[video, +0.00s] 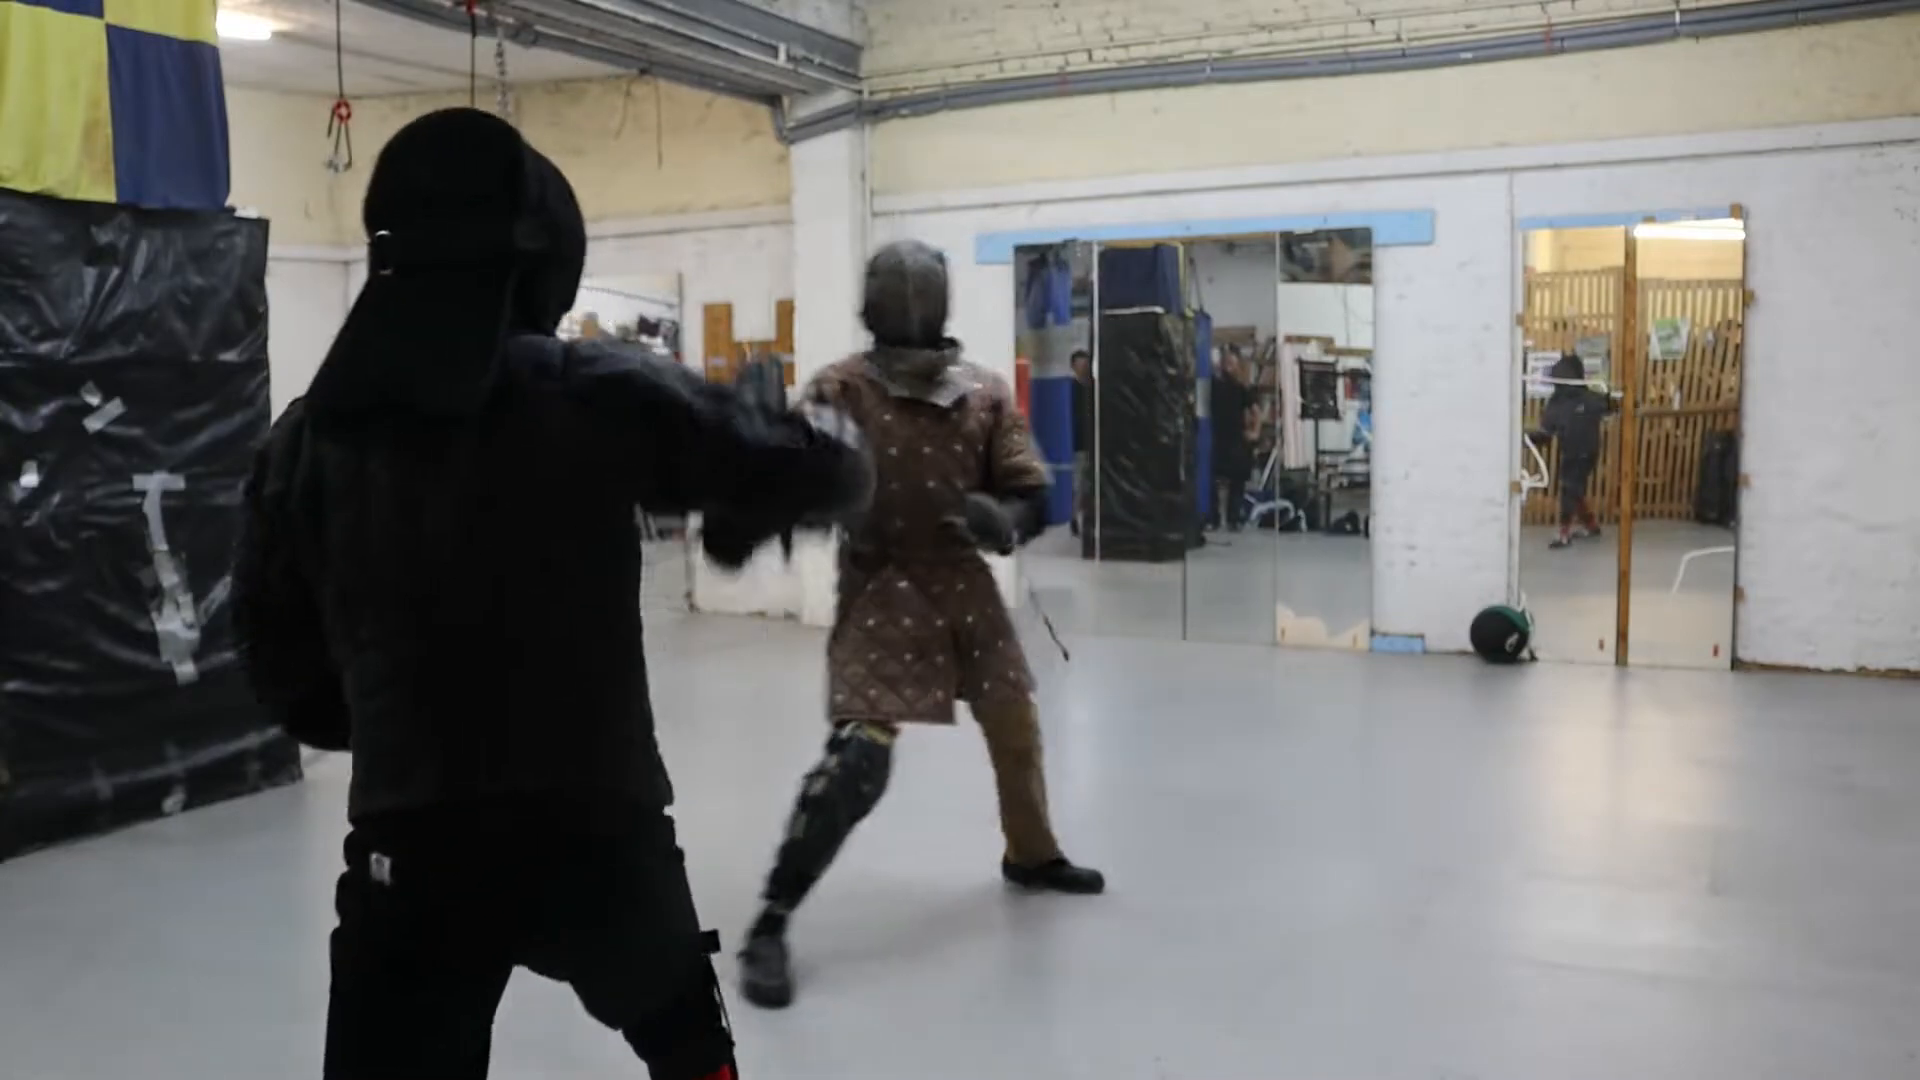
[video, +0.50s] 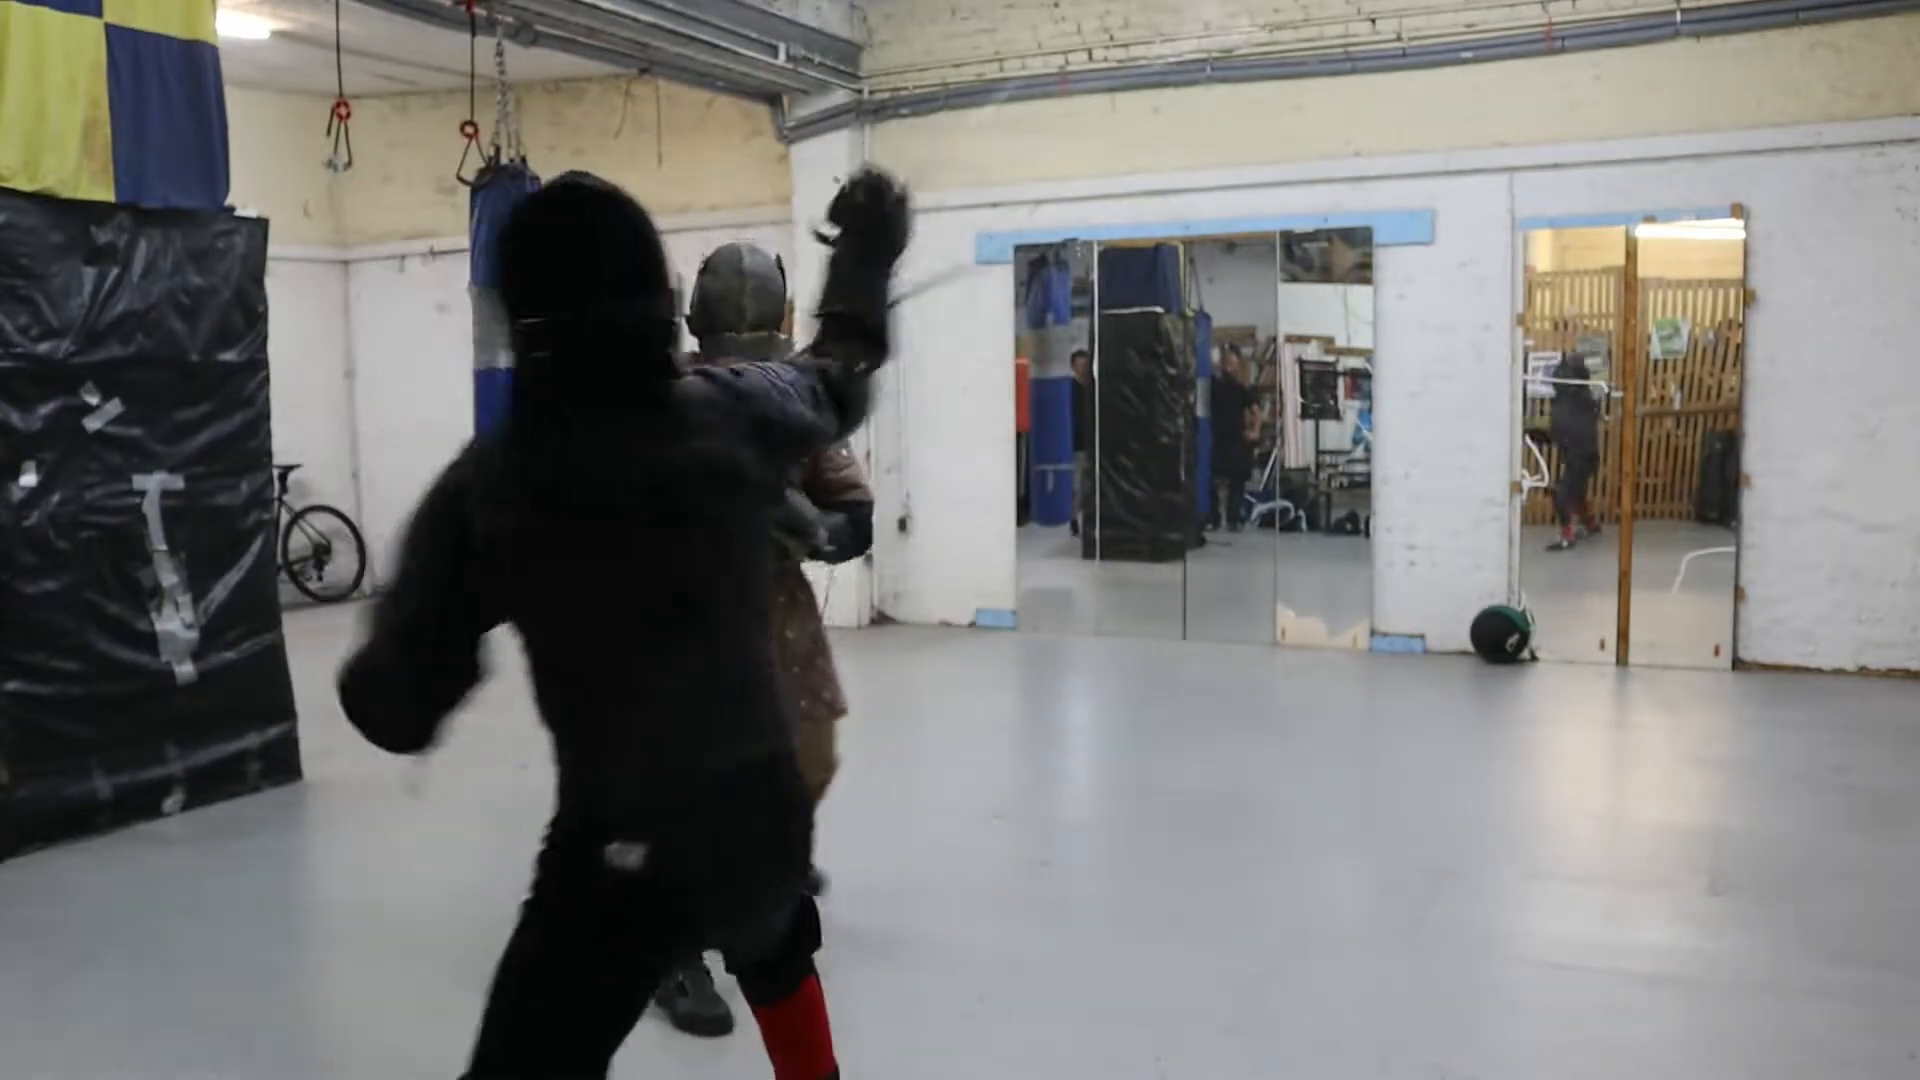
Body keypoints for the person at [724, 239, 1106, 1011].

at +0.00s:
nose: (911, 327)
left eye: (923, 311)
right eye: (896, 312)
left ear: (940, 312)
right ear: (872, 312)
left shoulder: (983, 396)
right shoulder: (838, 394)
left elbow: (1033, 493)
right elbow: (789, 468)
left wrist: (1007, 517)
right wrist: (817, 475)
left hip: (965, 589)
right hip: (879, 594)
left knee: (1017, 730)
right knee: (858, 768)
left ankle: (1031, 855)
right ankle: (770, 925)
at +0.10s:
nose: (857, 335)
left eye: (867, 319)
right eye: (843, 320)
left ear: (878, 316)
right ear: (813, 320)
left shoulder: (909, 386)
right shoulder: (792, 397)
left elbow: (954, 475)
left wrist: (952, 507)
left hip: (916, 581)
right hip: (834, 589)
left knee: (986, 720)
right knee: (814, 782)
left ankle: (1030, 844)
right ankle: (720, 933)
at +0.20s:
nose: (799, 337)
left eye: (807, 324)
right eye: (783, 324)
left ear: (825, 329)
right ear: (764, 331)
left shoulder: (854, 399)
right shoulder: (744, 401)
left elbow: (899, 475)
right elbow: (773, 440)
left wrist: (909, 512)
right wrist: (784, 354)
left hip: (870, 588)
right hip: (795, 594)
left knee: (950, 727)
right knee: (801, 777)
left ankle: (978, 860)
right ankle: (714, 918)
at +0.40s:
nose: (755, 342)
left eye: (768, 324)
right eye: (736, 327)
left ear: (791, 319)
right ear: (706, 326)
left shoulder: (815, 393)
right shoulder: (689, 406)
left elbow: (865, 489)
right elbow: (677, 513)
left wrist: (853, 518)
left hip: (810, 598)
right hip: (732, 607)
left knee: (855, 741)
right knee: (751, 772)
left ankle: (829, 864)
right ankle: (692, 947)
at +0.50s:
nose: (744, 342)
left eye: (758, 327)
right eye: (733, 327)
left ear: (774, 326)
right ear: (708, 324)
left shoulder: (793, 405)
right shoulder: (673, 400)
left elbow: (855, 516)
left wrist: (812, 526)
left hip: (774, 617)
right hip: (684, 625)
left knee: (811, 760)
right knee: (687, 784)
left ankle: (782, 878)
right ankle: (678, 953)